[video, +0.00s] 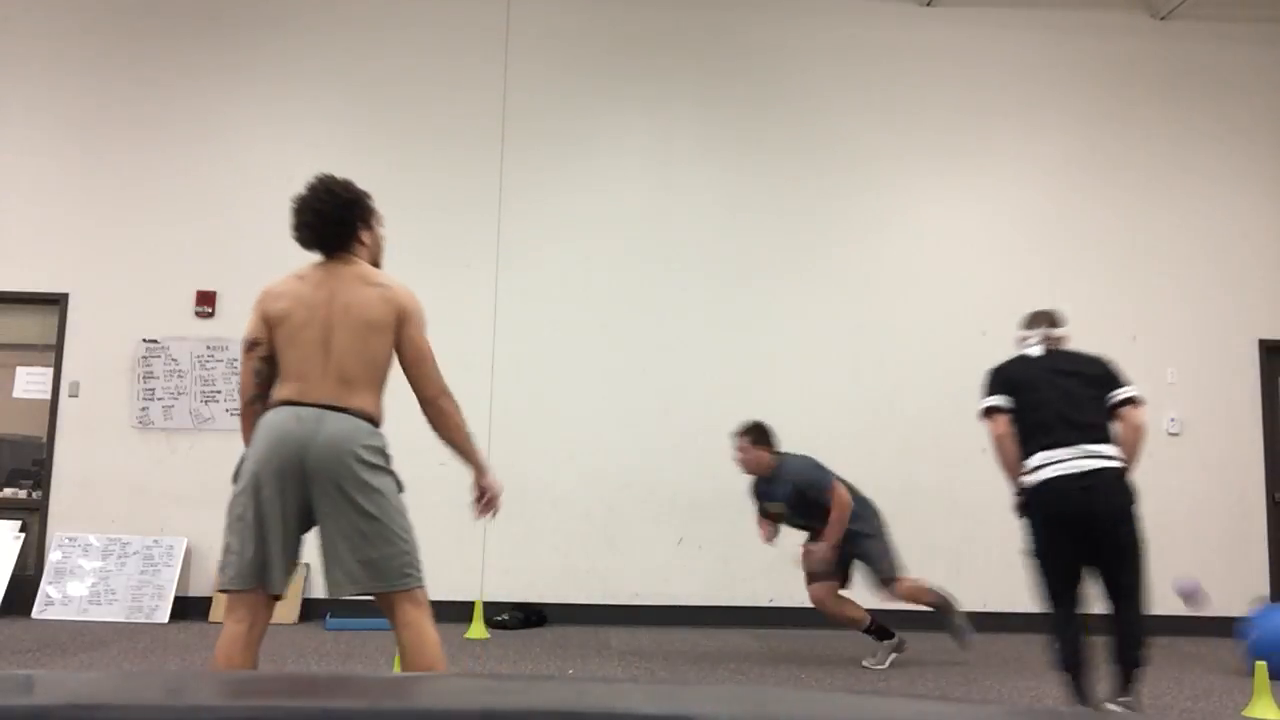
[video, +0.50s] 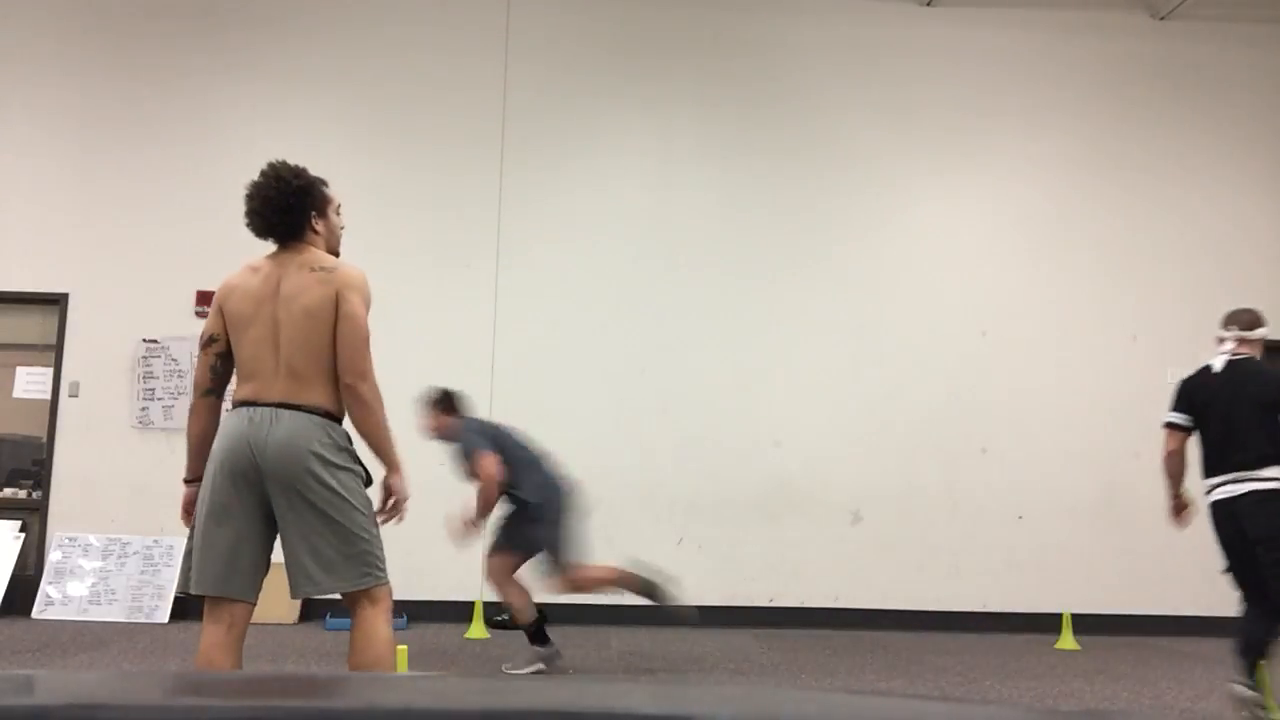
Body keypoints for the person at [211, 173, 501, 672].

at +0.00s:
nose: (383, 234)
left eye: (379, 224)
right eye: (378, 224)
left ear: (320, 236)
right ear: (362, 231)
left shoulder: (276, 296)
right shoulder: (394, 298)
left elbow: (251, 396)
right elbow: (434, 398)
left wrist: (259, 463)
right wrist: (479, 465)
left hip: (277, 435)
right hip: (351, 438)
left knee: (246, 608)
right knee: (407, 604)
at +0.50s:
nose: (342, 224)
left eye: (339, 213)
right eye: (336, 214)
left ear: (278, 225)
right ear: (316, 221)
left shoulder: (233, 287)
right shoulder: (344, 281)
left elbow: (206, 392)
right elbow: (355, 383)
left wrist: (194, 477)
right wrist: (392, 465)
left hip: (235, 442)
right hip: (311, 442)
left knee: (224, 612)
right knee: (371, 598)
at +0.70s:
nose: (352, 220)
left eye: (348, 209)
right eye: (344, 211)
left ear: (287, 227)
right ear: (323, 223)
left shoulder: (242, 288)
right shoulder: (351, 278)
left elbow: (214, 387)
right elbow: (357, 369)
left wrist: (193, 476)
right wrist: (389, 455)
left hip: (242, 443)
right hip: (316, 443)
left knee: (228, 611)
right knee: (352, 611)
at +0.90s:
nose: (377, 219)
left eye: (373, 208)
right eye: (369, 210)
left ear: (317, 224)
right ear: (346, 221)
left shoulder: (269, 286)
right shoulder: (369, 277)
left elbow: (240, 386)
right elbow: (381, 375)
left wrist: (224, 473)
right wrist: (423, 461)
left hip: (266, 441)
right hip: (337, 442)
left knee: (247, 613)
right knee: (353, 616)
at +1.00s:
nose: (393, 218)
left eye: (390, 207)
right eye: (385, 209)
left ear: (333, 221)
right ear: (362, 218)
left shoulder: (284, 283)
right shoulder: (382, 276)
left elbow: (259, 384)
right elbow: (394, 379)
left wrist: (249, 466)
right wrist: (442, 462)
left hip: (284, 441)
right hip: (354, 443)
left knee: (260, 610)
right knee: (362, 617)